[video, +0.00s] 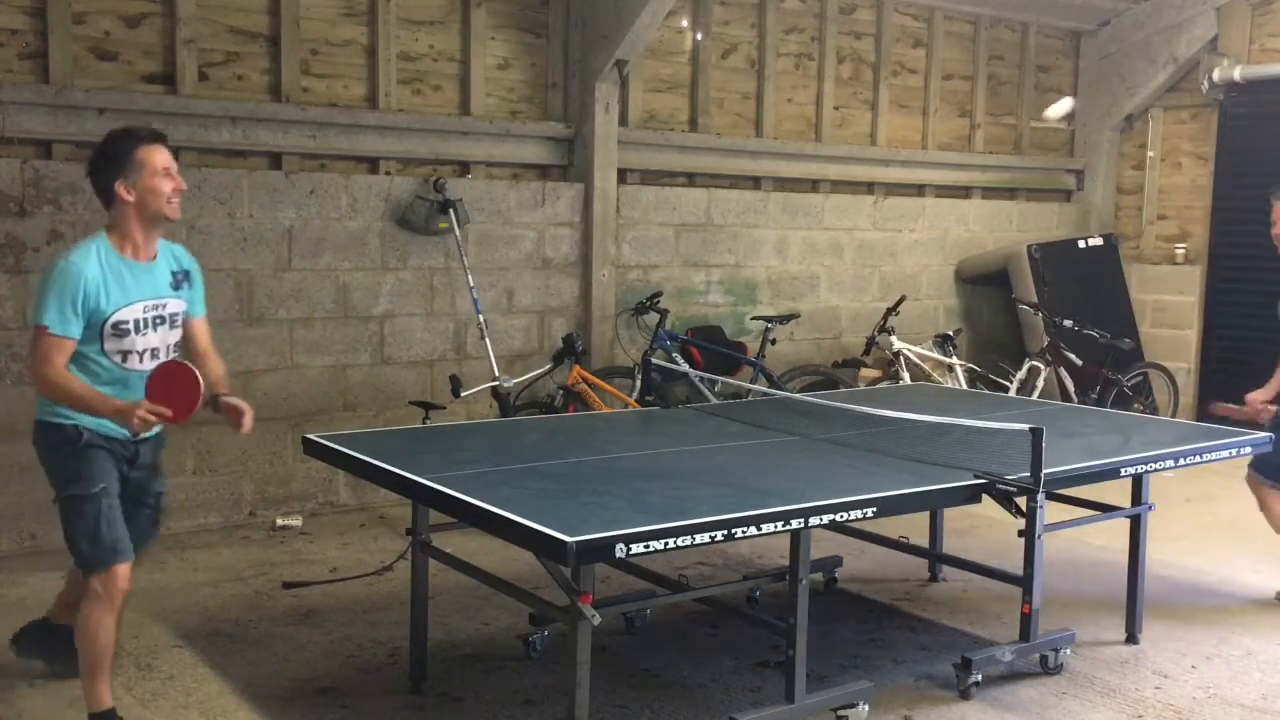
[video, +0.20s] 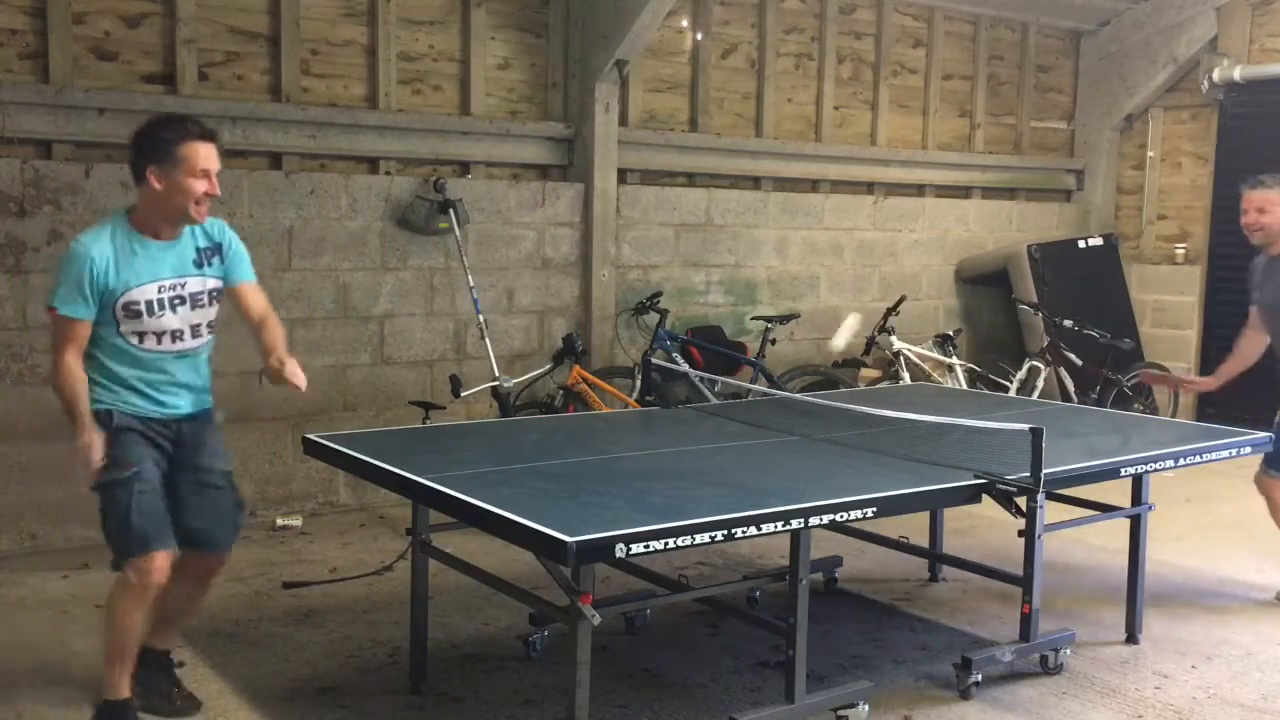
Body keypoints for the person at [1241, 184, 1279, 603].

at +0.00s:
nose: (1274, 231)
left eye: (1278, 222)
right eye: (1273, 222)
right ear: (1269, 222)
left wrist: (1267, 397)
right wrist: (1268, 391)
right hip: (1278, 415)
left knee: (1263, 478)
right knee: (1261, 477)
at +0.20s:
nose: (1250, 220)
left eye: (1260, 211)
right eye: (1245, 211)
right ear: (1241, 215)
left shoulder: (1273, 266)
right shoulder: (1262, 266)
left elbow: (1257, 330)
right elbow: (1258, 329)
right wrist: (1215, 380)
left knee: (1269, 481)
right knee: (1268, 480)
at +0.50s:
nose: (1226, 213)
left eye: (1236, 204)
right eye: (1220, 205)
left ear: (1262, 207)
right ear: (1215, 209)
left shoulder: (1276, 247)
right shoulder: (1216, 262)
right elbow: (1205, 324)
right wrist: (1179, 372)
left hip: (1278, 381)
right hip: (1248, 379)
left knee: (1263, 476)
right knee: (1218, 459)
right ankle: (1210, 538)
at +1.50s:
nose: (1173, 200)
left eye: (1179, 192)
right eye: (1173, 192)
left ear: (1202, 192)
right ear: (1200, 193)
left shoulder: (1224, 234)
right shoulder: (1204, 233)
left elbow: (1245, 303)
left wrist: (1230, 362)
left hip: (1223, 358)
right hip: (1205, 353)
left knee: (1214, 455)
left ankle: (1244, 555)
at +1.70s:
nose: (1249, 195)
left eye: (1258, 188)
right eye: (1252, 188)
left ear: (1278, 198)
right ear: (1269, 199)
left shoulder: (1276, 253)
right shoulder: (1273, 254)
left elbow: (1243, 305)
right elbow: (1244, 307)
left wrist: (1208, 284)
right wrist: (1206, 283)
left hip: (1273, 374)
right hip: (1268, 372)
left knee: (1235, 448)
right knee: (1233, 448)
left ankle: (1195, 531)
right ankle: (1195, 531)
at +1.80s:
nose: (1225, 200)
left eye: (1234, 193)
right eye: (1229, 192)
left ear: (1261, 200)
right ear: (1253, 201)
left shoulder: (1274, 247)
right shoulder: (1246, 260)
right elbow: (1212, 307)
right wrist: (1159, 299)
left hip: (1271, 375)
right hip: (1251, 376)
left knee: (1223, 459)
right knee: (1219, 457)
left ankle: (1187, 539)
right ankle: (1187, 540)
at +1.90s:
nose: (1207, 203)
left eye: (1215, 197)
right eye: (1209, 196)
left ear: (1244, 203)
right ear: (1232, 204)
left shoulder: (1273, 249)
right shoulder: (1216, 267)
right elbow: (1176, 315)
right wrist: (1113, 322)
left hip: (1273, 380)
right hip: (1233, 379)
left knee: (1276, 471)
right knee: (1202, 452)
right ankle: (1184, 539)